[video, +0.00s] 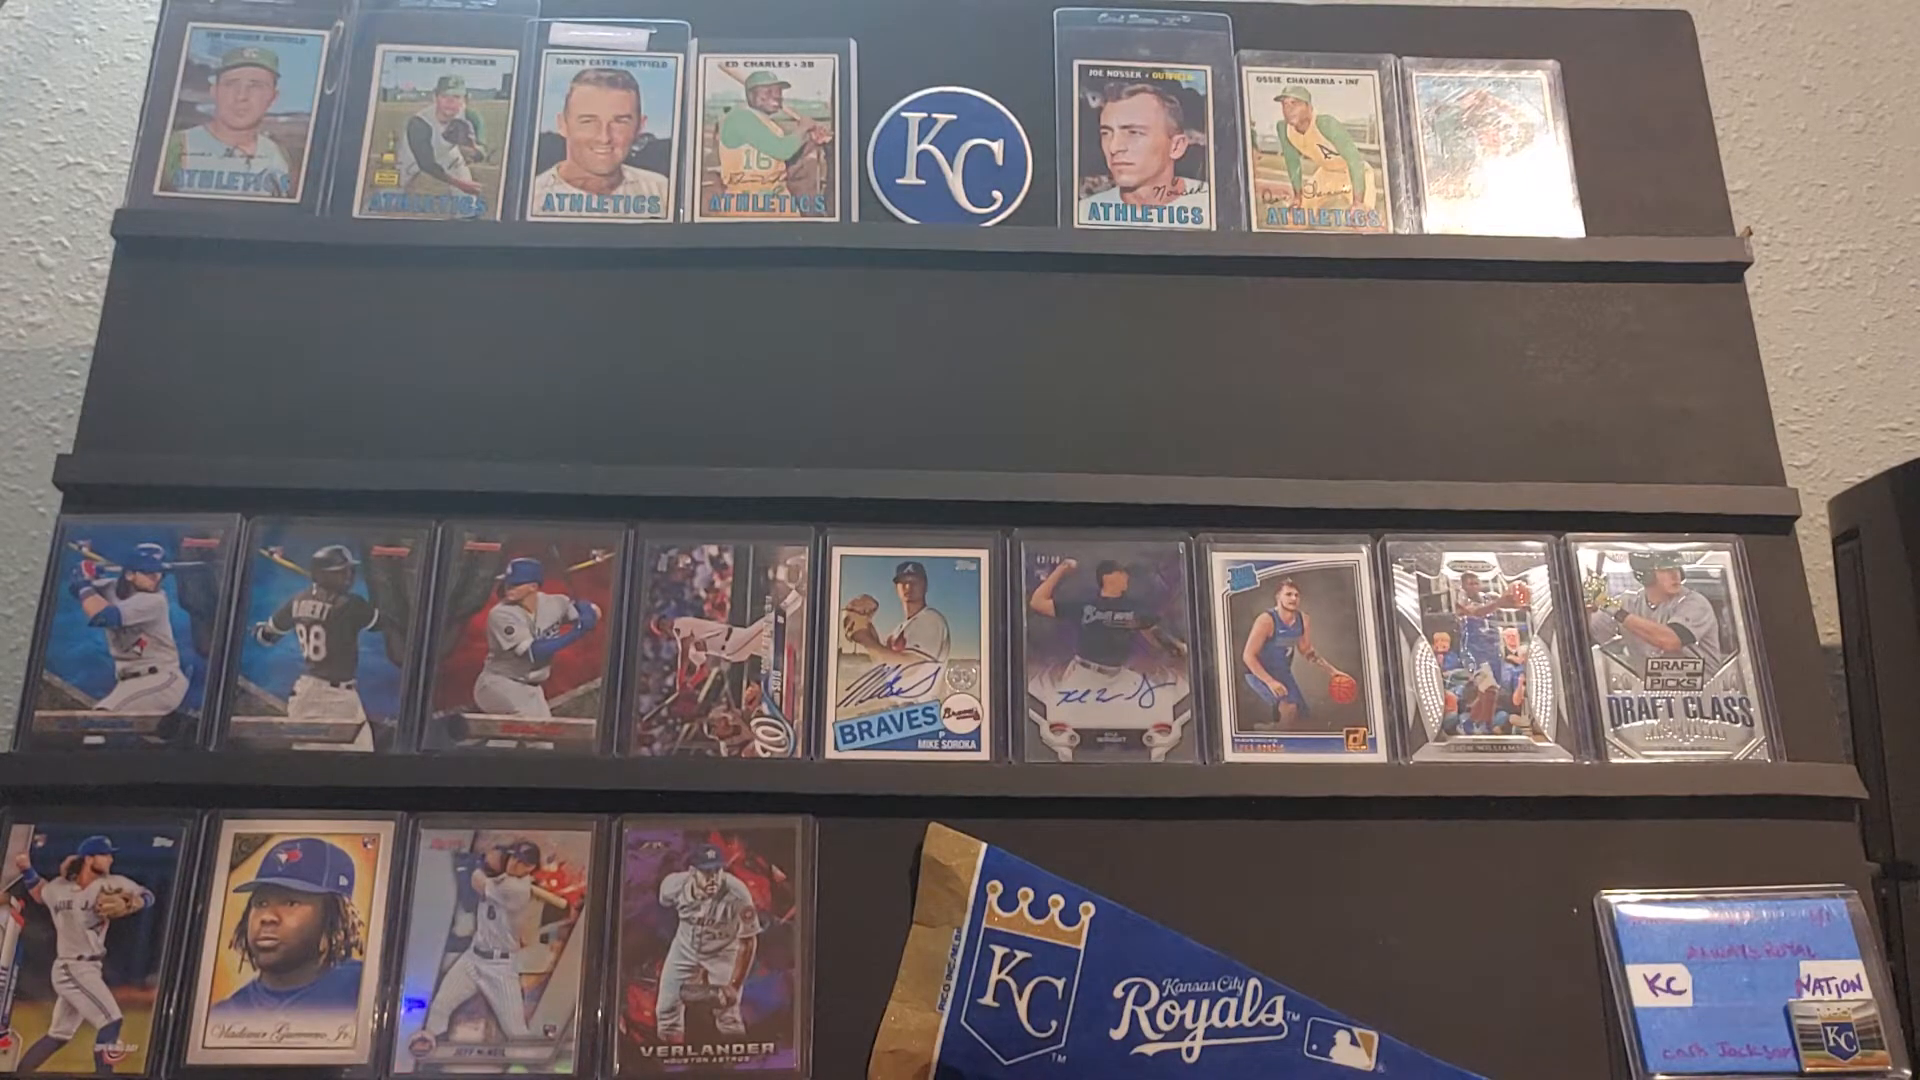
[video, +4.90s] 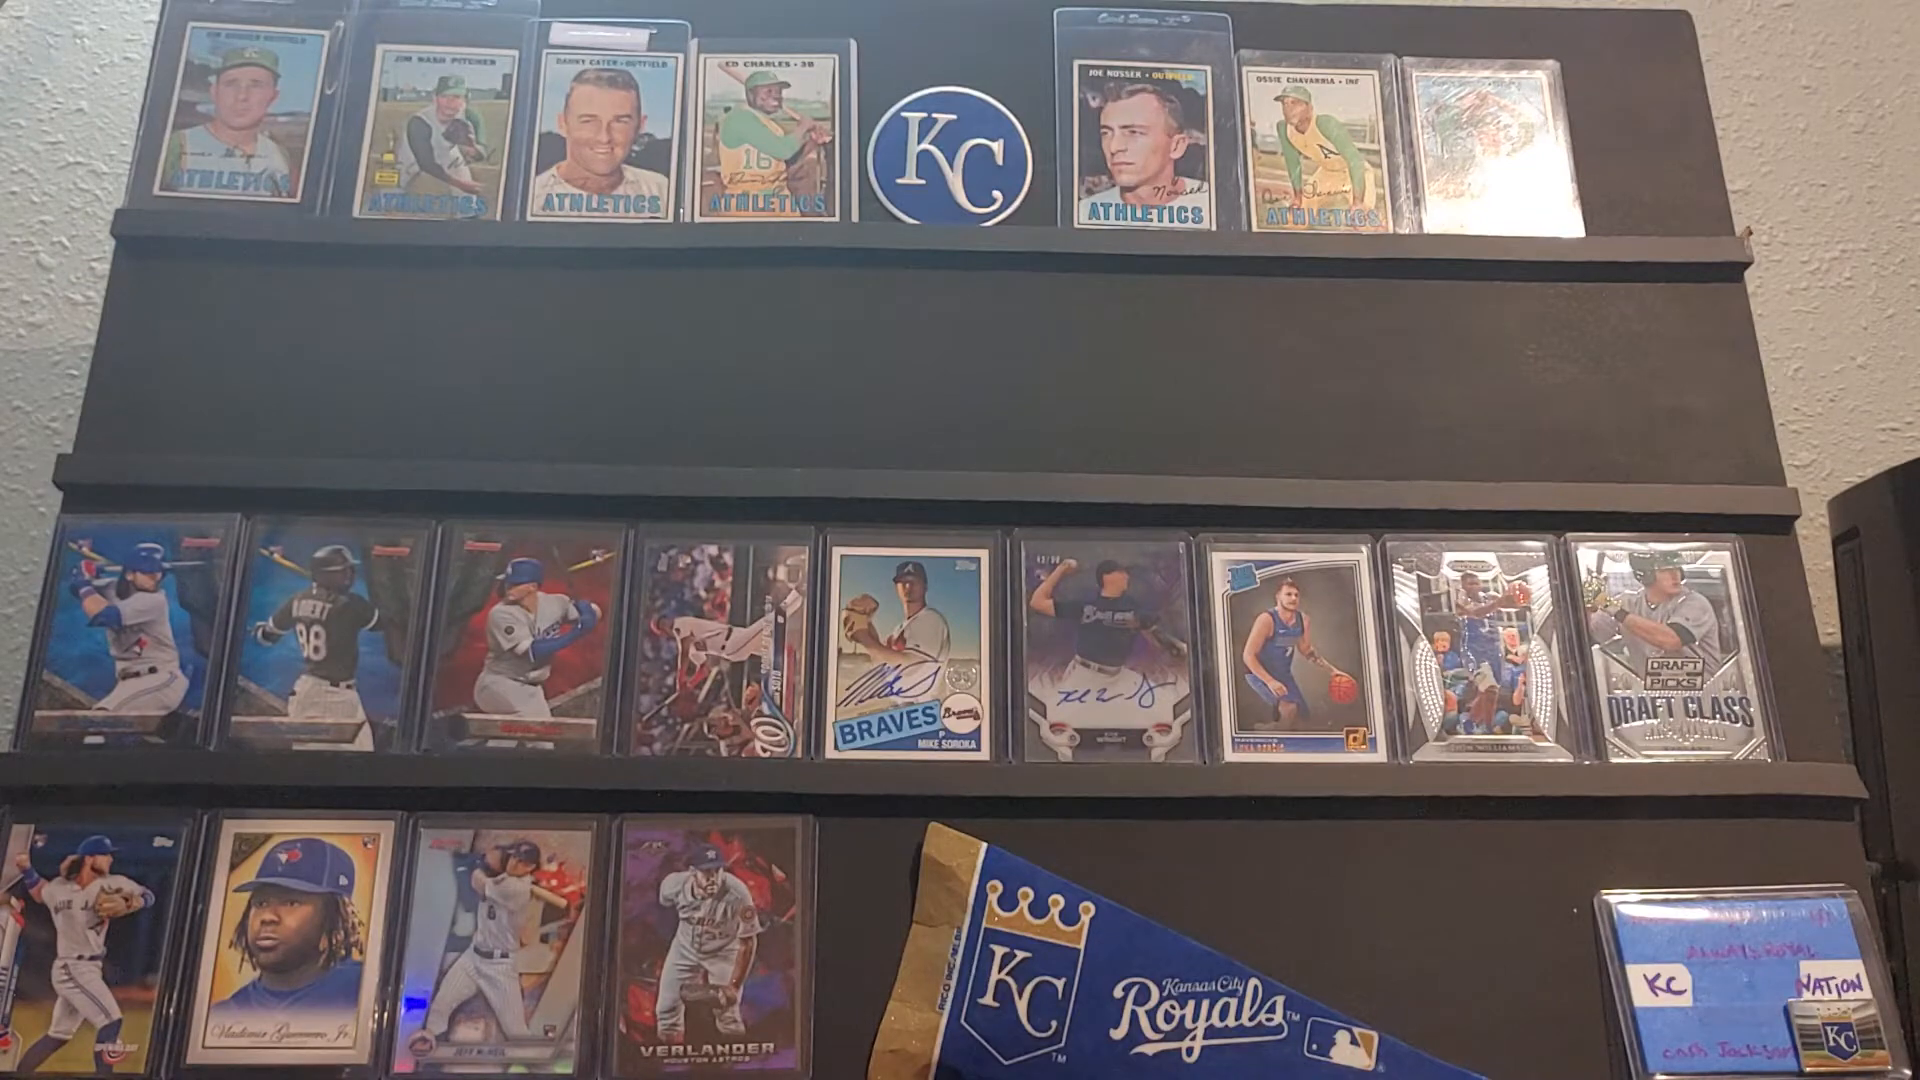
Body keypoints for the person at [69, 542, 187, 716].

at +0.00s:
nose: (156, 577)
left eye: (159, 572)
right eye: (149, 572)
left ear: (162, 573)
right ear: (130, 574)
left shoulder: (155, 600)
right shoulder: (113, 587)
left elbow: (104, 617)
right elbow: (78, 589)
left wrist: (83, 586)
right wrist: (86, 573)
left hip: (163, 679)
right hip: (130, 682)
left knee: (100, 718)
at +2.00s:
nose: (156, 577)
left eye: (158, 571)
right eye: (148, 572)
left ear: (162, 573)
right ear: (130, 574)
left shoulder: (154, 600)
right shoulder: (113, 587)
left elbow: (104, 617)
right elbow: (79, 588)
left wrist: (83, 585)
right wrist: (88, 573)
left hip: (163, 679)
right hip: (129, 682)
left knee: (99, 717)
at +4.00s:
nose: (156, 577)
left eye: (158, 571)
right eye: (148, 572)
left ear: (162, 573)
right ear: (130, 575)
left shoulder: (155, 601)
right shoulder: (114, 588)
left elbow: (104, 617)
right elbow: (78, 589)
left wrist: (83, 585)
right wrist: (87, 570)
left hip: (163, 679)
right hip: (130, 681)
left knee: (100, 717)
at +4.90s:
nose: (155, 576)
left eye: (158, 571)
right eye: (148, 571)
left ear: (162, 573)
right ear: (130, 575)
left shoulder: (154, 600)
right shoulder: (114, 589)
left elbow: (105, 617)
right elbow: (80, 589)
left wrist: (83, 586)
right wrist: (87, 574)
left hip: (162, 679)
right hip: (130, 682)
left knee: (99, 717)